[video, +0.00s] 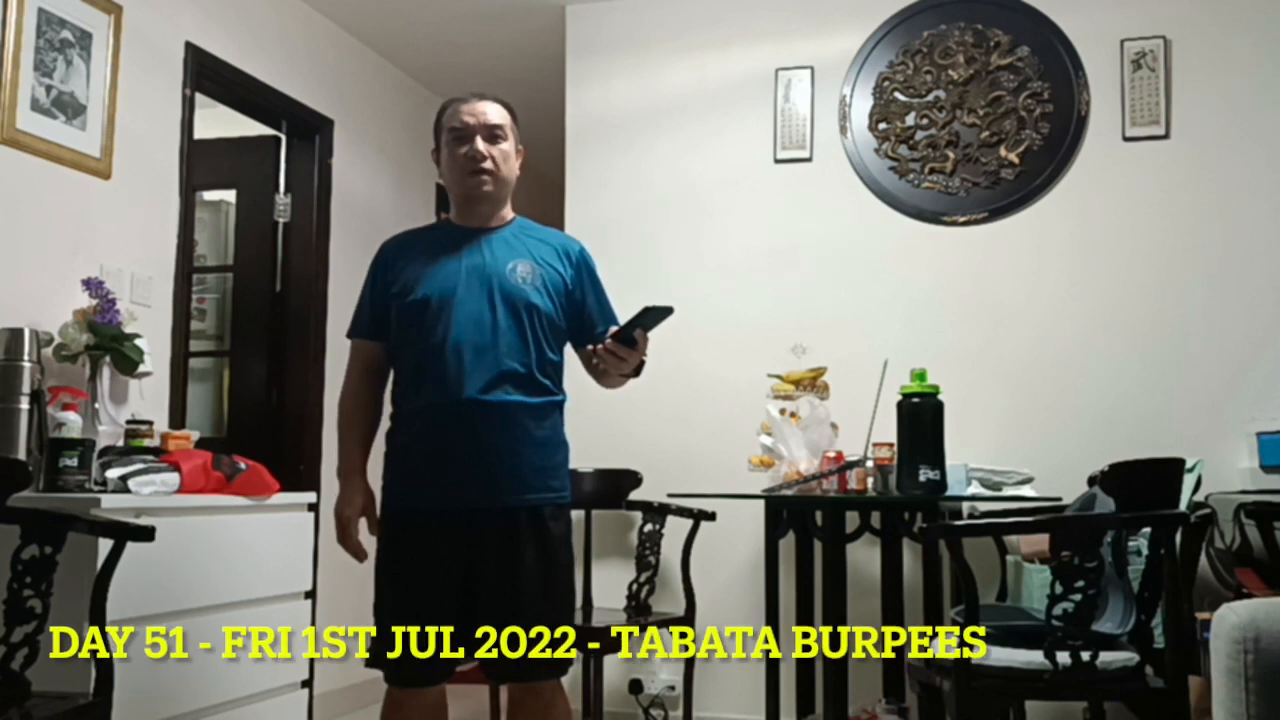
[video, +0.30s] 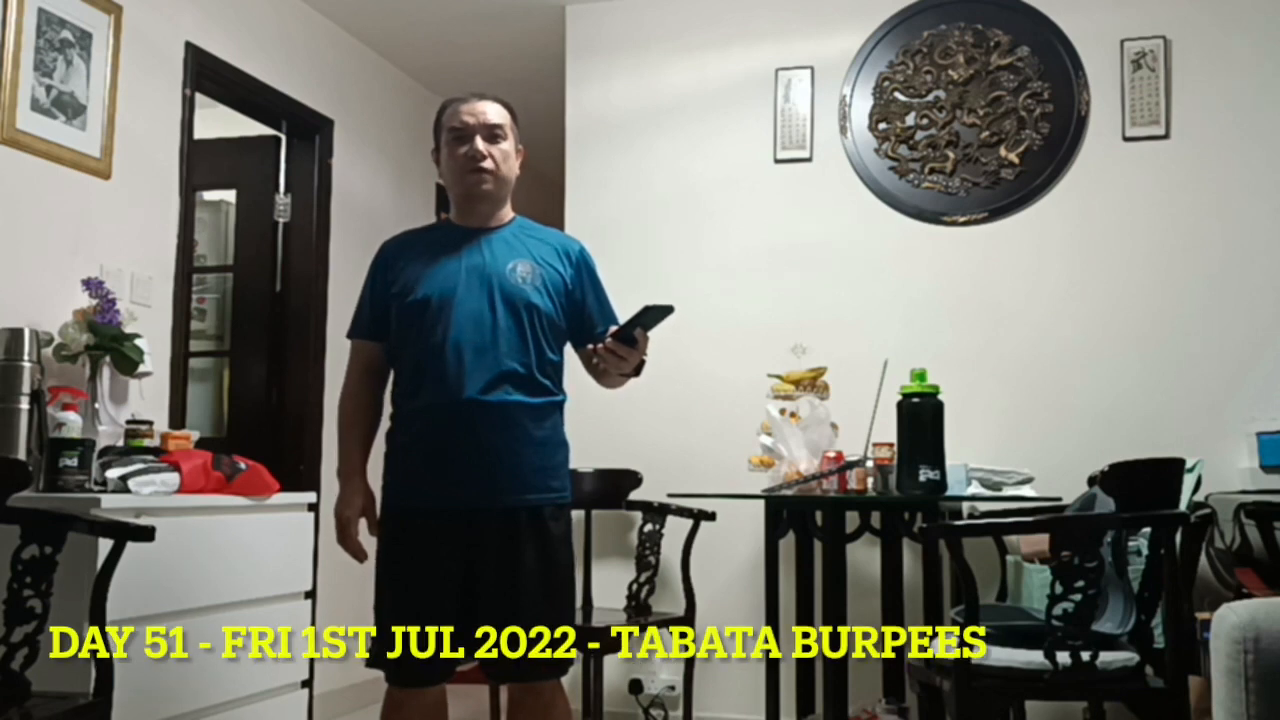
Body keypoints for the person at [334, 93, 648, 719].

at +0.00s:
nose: (478, 146)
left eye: (494, 135)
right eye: (460, 137)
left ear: (519, 159)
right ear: (438, 162)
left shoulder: (563, 253)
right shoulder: (400, 256)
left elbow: (603, 362)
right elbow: (365, 374)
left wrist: (622, 362)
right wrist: (352, 475)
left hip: (528, 496)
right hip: (422, 495)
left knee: (536, 680)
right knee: (412, 681)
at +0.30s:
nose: (477, 146)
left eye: (493, 135)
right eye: (460, 137)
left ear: (519, 159)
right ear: (438, 162)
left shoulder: (563, 253)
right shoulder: (400, 256)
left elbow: (603, 363)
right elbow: (365, 375)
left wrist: (622, 362)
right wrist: (352, 476)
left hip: (528, 496)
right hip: (422, 496)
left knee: (536, 680)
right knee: (412, 681)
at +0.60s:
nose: (478, 146)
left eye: (494, 135)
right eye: (460, 137)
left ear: (519, 159)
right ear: (438, 161)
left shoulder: (563, 253)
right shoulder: (400, 256)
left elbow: (604, 363)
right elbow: (365, 375)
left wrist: (622, 362)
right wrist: (352, 475)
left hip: (528, 496)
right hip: (422, 496)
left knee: (536, 680)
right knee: (412, 681)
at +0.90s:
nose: (477, 146)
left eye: (493, 135)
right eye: (460, 137)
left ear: (519, 159)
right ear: (438, 161)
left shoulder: (563, 253)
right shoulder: (400, 256)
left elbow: (603, 363)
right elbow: (365, 374)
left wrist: (623, 362)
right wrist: (351, 476)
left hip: (528, 496)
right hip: (421, 496)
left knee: (536, 680)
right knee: (412, 681)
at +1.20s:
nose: (477, 145)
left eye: (493, 134)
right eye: (460, 137)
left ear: (519, 159)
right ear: (437, 161)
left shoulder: (562, 253)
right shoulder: (400, 256)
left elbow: (603, 362)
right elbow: (365, 375)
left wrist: (622, 362)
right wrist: (352, 476)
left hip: (528, 496)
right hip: (421, 496)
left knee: (536, 680)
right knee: (412, 681)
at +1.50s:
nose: (477, 146)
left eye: (493, 134)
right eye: (460, 137)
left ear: (519, 159)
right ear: (438, 161)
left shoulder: (563, 253)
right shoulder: (400, 256)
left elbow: (603, 363)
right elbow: (365, 376)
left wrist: (622, 362)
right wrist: (352, 477)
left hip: (528, 497)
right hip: (421, 497)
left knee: (536, 680)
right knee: (413, 681)